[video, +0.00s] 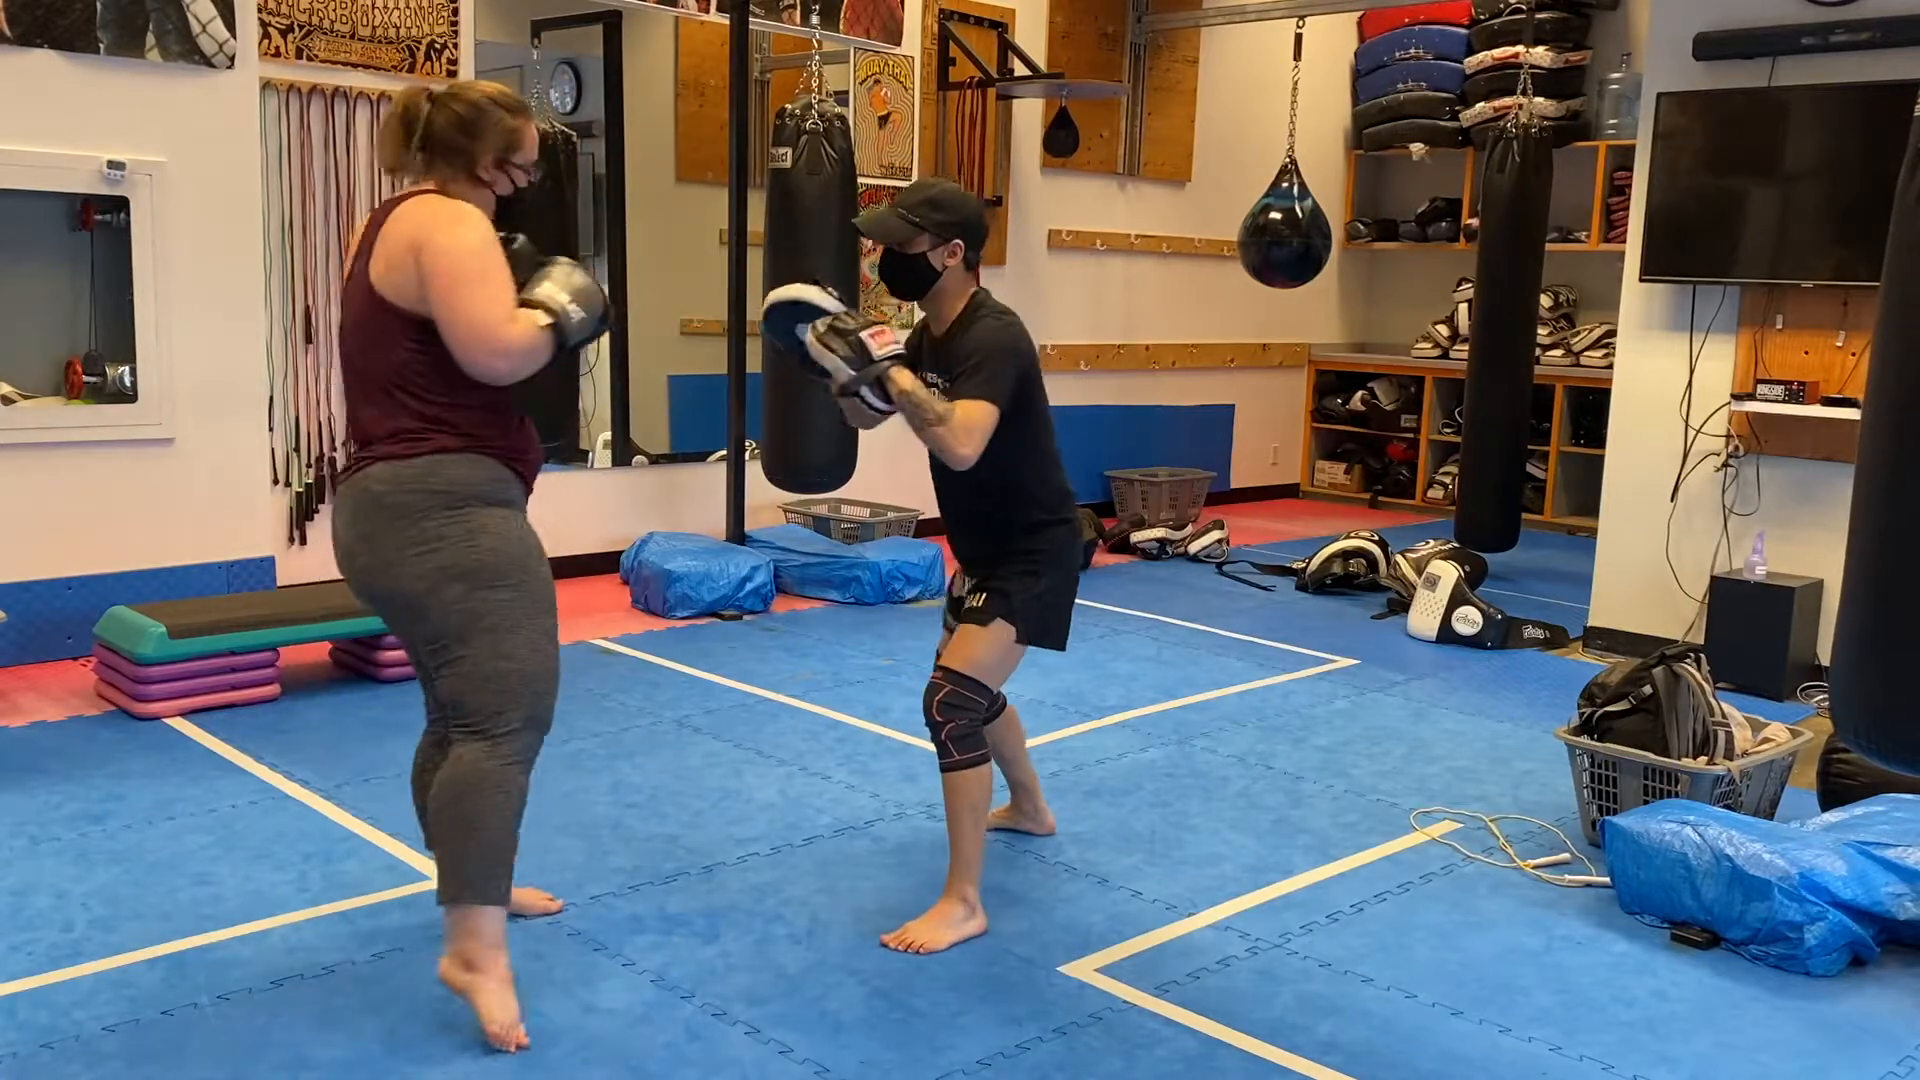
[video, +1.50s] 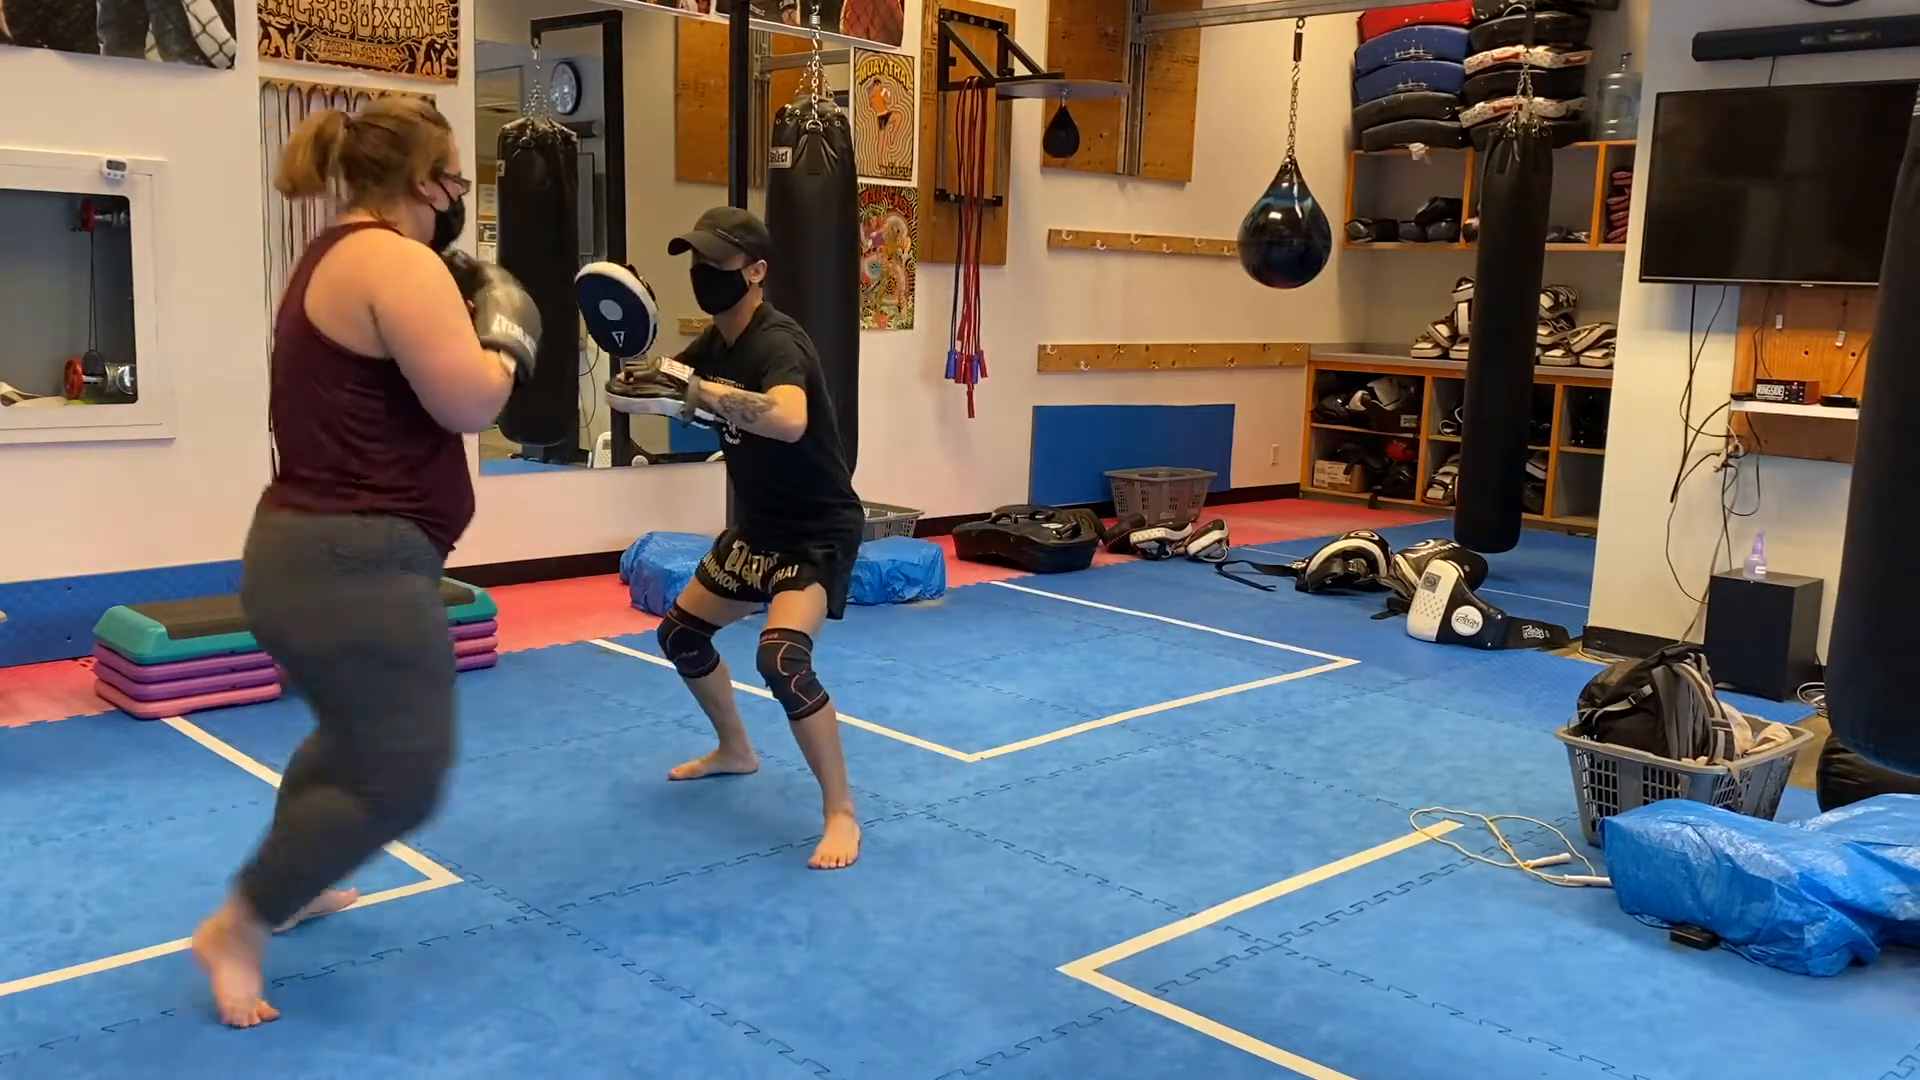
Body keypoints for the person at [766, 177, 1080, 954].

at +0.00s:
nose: (884, 259)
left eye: (899, 248)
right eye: (885, 246)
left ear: (949, 252)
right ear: (939, 254)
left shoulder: (995, 336)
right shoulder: (929, 329)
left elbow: (961, 443)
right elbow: (888, 411)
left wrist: (895, 377)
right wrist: (850, 366)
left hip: (1037, 545)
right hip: (981, 542)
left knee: (955, 701)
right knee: (965, 681)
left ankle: (964, 900)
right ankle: (1030, 803)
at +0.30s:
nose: (868, 257)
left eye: (881, 246)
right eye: (868, 244)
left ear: (927, 250)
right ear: (920, 251)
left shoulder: (969, 332)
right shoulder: (913, 324)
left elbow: (938, 444)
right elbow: (881, 393)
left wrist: (875, 385)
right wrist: (826, 348)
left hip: (1030, 539)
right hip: (980, 537)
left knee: (952, 700)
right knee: (973, 680)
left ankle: (964, 900)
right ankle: (1030, 804)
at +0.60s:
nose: (831, 254)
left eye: (844, 242)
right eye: (833, 242)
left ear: (895, 248)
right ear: (886, 250)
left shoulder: (959, 333)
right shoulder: (862, 330)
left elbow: (959, 443)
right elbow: (806, 421)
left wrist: (867, 383)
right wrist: (766, 362)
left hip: (1004, 536)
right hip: (943, 536)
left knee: (944, 702)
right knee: (968, 686)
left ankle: (964, 900)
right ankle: (1029, 804)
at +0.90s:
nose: (794, 292)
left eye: (808, 281)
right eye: (795, 280)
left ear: (858, 284)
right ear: (837, 285)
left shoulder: (914, 367)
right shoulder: (817, 357)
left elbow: (903, 475)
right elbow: (756, 449)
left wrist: (821, 404)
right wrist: (721, 390)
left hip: (935, 566)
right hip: (873, 560)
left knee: (877, 728)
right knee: (798, 672)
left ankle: (962, 900)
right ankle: (879, 770)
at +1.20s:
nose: (734, 278)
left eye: (747, 267)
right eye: (732, 265)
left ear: (791, 270)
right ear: (746, 269)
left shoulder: (826, 348)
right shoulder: (729, 340)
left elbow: (830, 438)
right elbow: (655, 399)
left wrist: (755, 385)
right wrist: (637, 343)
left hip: (834, 535)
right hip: (765, 534)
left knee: (813, 661)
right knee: (697, 652)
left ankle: (862, 825)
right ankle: (737, 751)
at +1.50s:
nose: (699, 277)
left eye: (713, 267)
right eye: (697, 265)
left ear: (754, 270)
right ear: (696, 265)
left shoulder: (780, 342)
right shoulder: (715, 338)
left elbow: (790, 421)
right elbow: (661, 384)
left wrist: (695, 391)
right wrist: (632, 372)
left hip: (820, 528)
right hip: (756, 524)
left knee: (783, 657)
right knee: (681, 635)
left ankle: (840, 813)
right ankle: (735, 749)